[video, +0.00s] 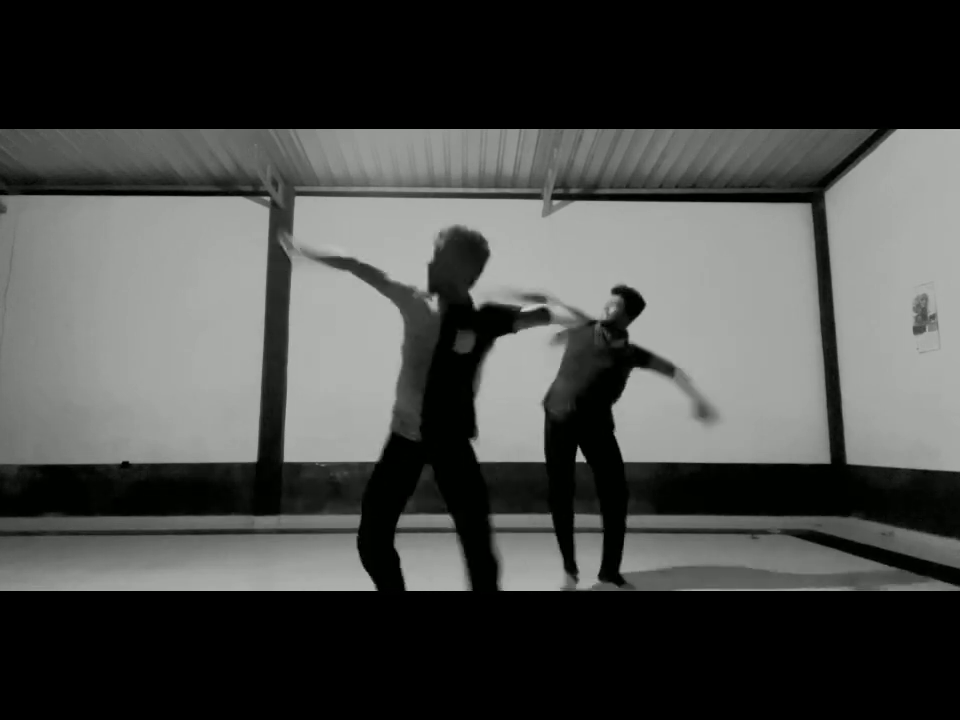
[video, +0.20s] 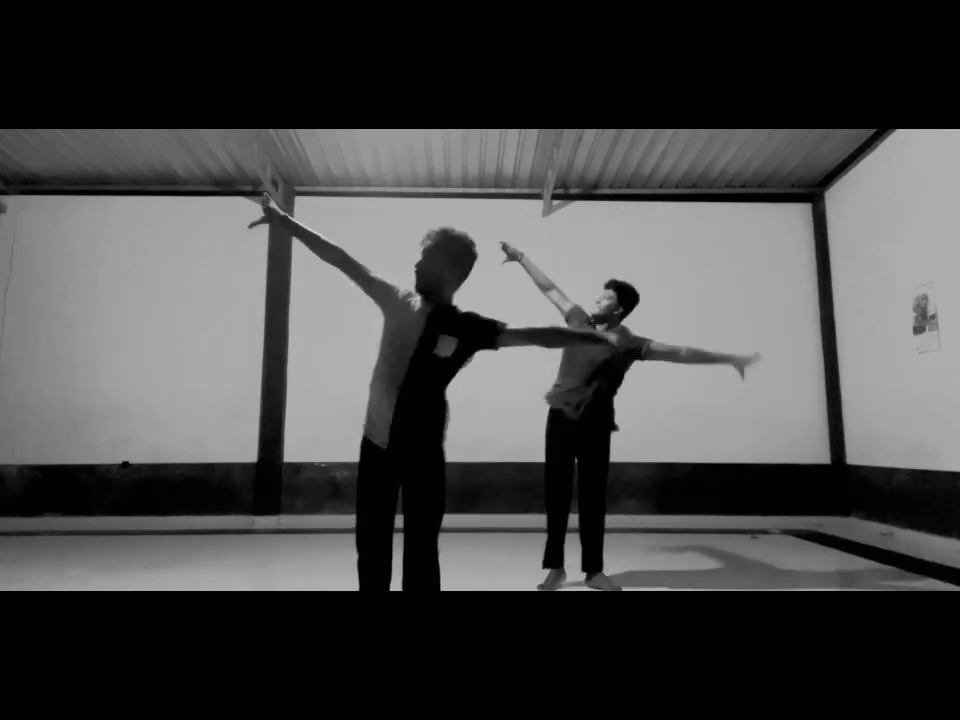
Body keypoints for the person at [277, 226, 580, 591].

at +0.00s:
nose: (430, 262)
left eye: (439, 255)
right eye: (434, 254)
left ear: (464, 268)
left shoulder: (490, 320)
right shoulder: (415, 303)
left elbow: (549, 314)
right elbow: (354, 267)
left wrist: (585, 318)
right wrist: (299, 250)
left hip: (453, 447)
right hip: (405, 443)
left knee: (478, 546)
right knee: (373, 542)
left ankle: (487, 593)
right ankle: (395, 593)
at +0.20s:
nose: (417, 261)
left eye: (426, 255)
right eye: (422, 253)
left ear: (449, 268)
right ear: (444, 267)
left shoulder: (470, 328)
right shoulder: (395, 303)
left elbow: (539, 337)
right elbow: (339, 258)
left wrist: (604, 341)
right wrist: (282, 219)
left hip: (421, 454)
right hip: (376, 449)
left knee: (420, 553)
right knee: (370, 553)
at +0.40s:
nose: (412, 282)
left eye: (421, 272)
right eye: (405, 272)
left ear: (434, 277)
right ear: (395, 274)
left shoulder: (450, 331)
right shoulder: (376, 322)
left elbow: (511, 348)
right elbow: (347, 309)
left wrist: (478, 335)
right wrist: (348, 302)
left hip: (426, 450)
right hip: (376, 448)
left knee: (451, 530)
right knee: (334, 533)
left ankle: (443, 594)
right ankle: (347, 593)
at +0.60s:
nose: (409, 328)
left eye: (405, 321)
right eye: (398, 324)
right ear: (375, 339)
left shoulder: (438, 381)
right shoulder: (358, 392)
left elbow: (481, 431)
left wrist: (437, 416)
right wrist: (384, 423)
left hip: (433, 497)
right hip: (376, 497)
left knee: (486, 572)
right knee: (304, 568)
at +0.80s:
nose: (415, 291)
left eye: (411, 283)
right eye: (403, 287)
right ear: (381, 300)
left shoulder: (440, 338)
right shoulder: (365, 355)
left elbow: (475, 326)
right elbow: (317, 367)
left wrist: (501, 318)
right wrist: (307, 373)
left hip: (440, 467)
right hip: (387, 469)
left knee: (477, 557)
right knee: (338, 558)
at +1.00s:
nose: (418, 268)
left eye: (419, 259)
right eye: (409, 261)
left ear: (424, 263)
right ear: (388, 269)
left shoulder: (452, 315)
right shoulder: (368, 323)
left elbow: (516, 289)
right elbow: (296, 322)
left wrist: (572, 262)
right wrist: (227, 321)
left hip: (442, 458)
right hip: (389, 458)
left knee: (449, 558)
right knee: (382, 560)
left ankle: (450, 611)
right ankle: (387, 609)